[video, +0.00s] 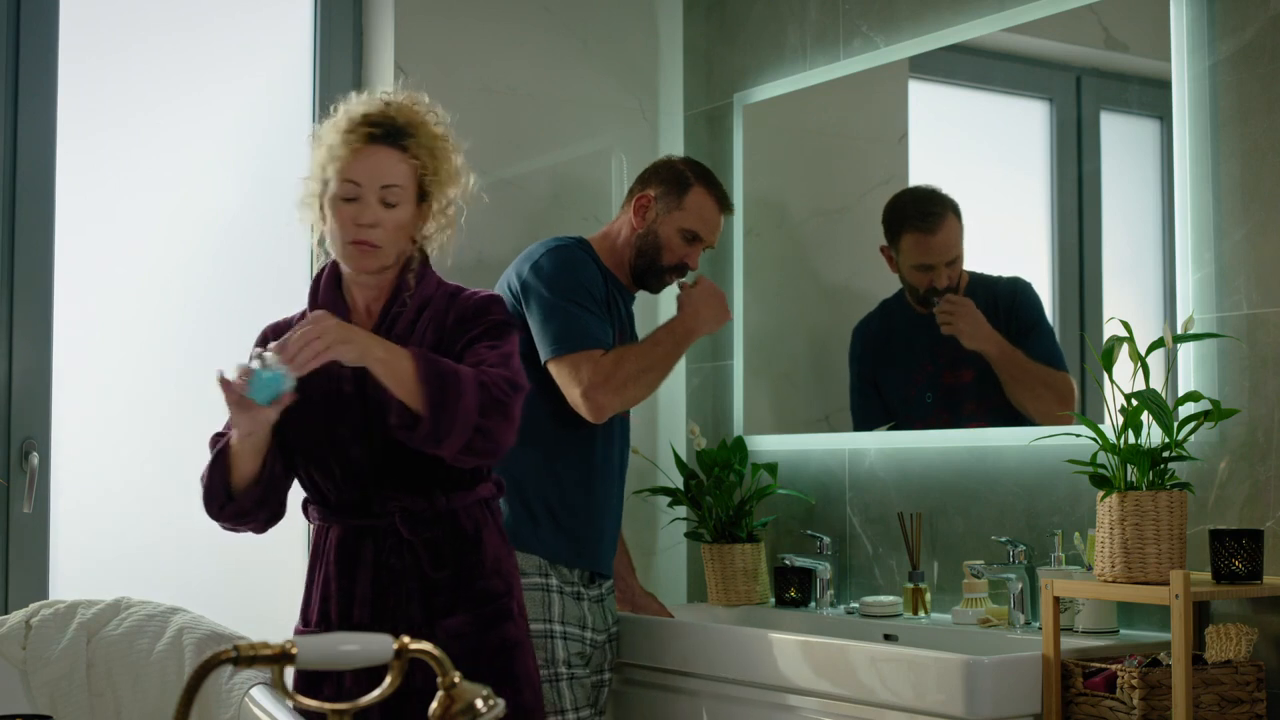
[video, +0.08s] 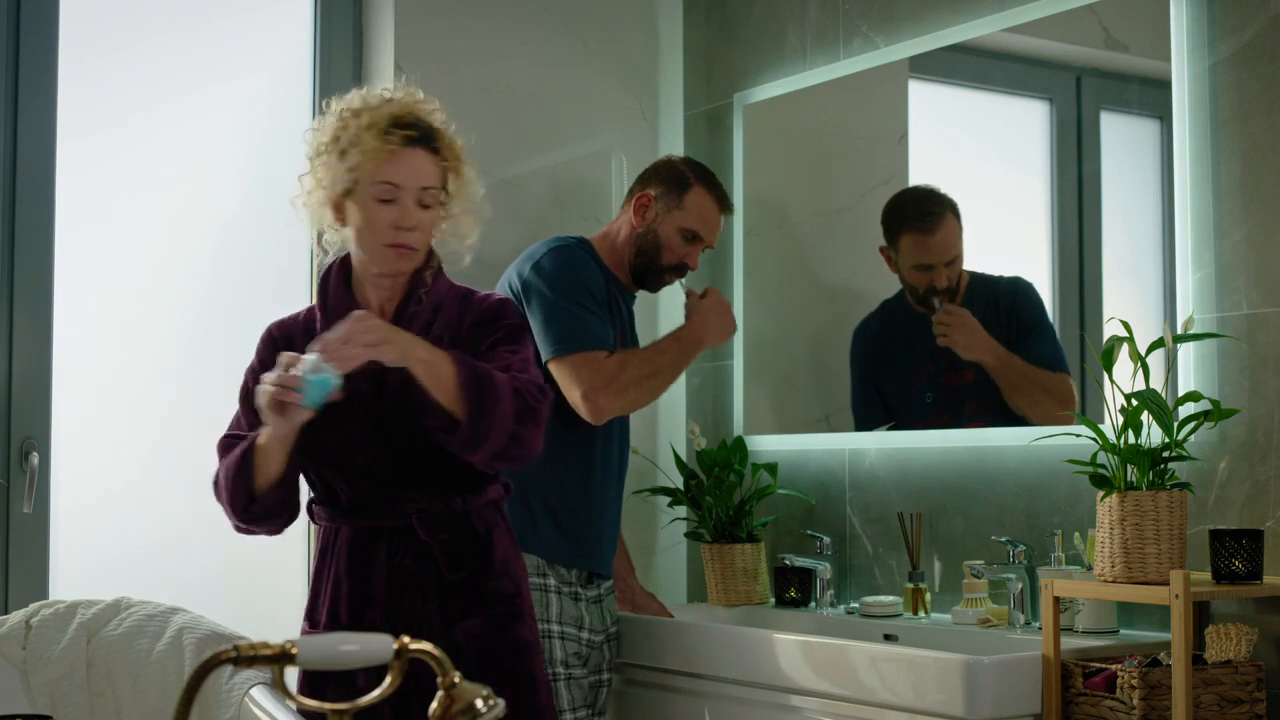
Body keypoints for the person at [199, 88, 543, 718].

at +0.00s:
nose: (365, 218)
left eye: (390, 200)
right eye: (348, 197)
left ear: (425, 213)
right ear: (323, 207)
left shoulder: (476, 319)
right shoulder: (287, 341)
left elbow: (491, 425)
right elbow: (244, 513)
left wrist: (371, 350)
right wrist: (248, 435)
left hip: (465, 601)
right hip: (343, 601)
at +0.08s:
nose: (409, 219)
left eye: (428, 200)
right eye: (386, 197)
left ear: (446, 211)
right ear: (340, 205)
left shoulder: (488, 320)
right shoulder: (292, 342)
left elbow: (523, 428)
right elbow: (250, 509)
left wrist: (410, 352)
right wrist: (277, 433)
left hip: (477, 605)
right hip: (353, 604)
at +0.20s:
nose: (475, 227)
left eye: (480, 206)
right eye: (452, 206)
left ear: (487, 207)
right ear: (384, 212)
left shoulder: (512, 327)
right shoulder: (312, 342)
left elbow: (571, 445)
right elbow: (277, 504)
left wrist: (486, 360)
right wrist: (338, 443)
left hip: (500, 620)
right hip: (369, 624)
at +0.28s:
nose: (508, 232)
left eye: (512, 210)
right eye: (488, 209)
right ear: (417, 213)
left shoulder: (532, 330)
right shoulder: (335, 344)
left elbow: (603, 459)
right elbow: (312, 506)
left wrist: (545, 379)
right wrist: (398, 447)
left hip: (523, 633)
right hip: (392, 636)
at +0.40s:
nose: (565, 236)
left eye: (565, 214)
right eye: (546, 213)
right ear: (473, 212)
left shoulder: (570, 331)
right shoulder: (389, 346)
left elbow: (645, 476)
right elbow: (390, 517)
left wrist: (634, 398)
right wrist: (505, 455)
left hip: (565, 630)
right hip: (445, 640)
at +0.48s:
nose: (606, 241)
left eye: (605, 221)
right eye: (590, 220)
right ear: (518, 218)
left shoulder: (600, 335)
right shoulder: (433, 355)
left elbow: (663, 488)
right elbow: (453, 537)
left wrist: (680, 420)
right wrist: (592, 467)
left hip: (593, 643)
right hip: (476, 656)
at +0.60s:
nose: (683, 270)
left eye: (687, 250)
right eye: (666, 245)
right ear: (593, 240)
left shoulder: (632, 344)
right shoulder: (506, 371)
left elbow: (666, 477)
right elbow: (545, 569)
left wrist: (729, 457)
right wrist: (703, 524)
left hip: (608, 644)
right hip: (504, 661)